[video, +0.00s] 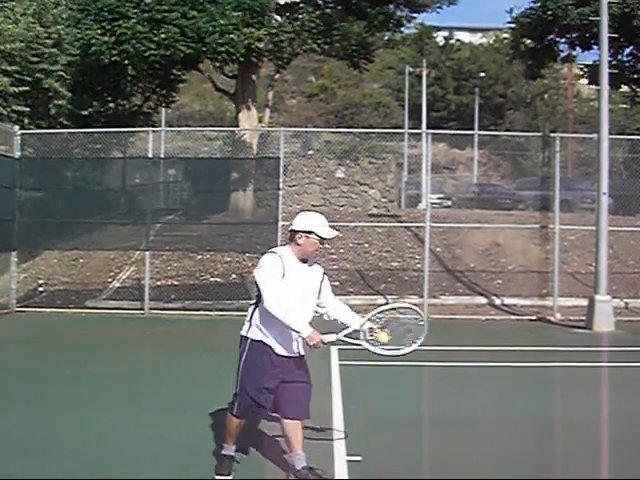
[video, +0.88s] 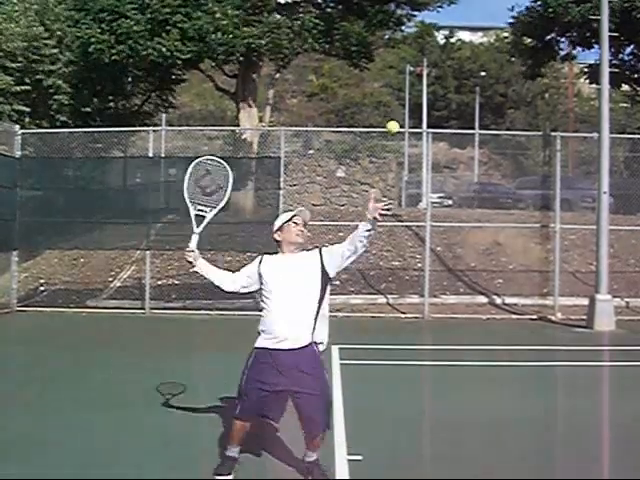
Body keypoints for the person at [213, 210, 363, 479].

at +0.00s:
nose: (321, 245)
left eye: (322, 240)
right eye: (318, 239)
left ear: (306, 240)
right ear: (299, 237)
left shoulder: (316, 273)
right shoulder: (272, 260)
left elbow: (329, 306)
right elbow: (271, 301)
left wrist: (363, 325)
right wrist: (305, 330)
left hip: (292, 348)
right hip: (261, 343)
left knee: (293, 407)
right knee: (245, 403)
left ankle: (299, 466)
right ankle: (227, 453)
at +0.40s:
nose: (289, 238)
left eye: (291, 232)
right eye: (283, 231)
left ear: (291, 236)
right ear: (264, 232)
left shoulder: (291, 272)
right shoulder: (240, 258)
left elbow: (304, 311)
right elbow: (235, 301)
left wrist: (323, 346)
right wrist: (255, 335)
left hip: (272, 348)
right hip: (236, 343)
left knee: (285, 404)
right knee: (231, 403)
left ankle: (299, 465)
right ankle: (224, 458)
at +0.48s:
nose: (286, 236)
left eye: (289, 231)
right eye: (280, 229)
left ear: (292, 236)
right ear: (262, 231)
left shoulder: (291, 274)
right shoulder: (238, 257)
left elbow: (299, 316)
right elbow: (223, 296)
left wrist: (309, 354)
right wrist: (225, 334)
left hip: (272, 349)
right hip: (236, 345)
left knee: (290, 403)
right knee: (229, 404)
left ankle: (299, 463)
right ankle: (224, 459)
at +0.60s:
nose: (286, 233)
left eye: (289, 230)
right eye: (280, 227)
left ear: (291, 236)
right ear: (263, 229)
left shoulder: (293, 271)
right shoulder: (238, 255)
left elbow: (306, 309)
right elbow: (211, 286)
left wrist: (322, 340)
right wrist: (190, 316)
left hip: (276, 351)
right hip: (238, 347)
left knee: (294, 407)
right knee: (230, 406)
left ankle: (303, 463)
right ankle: (225, 458)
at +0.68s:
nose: (288, 232)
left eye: (292, 228)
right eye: (282, 226)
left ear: (294, 235)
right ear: (265, 229)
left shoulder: (299, 269)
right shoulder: (242, 256)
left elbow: (321, 294)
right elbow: (208, 280)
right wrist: (175, 300)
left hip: (281, 352)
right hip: (242, 347)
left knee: (299, 411)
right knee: (232, 408)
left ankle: (307, 462)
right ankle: (225, 459)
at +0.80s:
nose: (296, 229)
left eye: (298, 226)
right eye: (289, 225)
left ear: (300, 235)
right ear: (272, 233)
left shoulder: (313, 261)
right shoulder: (254, 261)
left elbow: (344, 254)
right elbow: (216, 277)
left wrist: (366, 232)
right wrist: (177, 268)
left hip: (292, 353)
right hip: (252, 351)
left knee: (306, 413)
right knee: (237, 407)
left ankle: (311, 463)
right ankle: (226, 460)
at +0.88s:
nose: (302, 229)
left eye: (303, 226)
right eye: (295, 224)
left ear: (304, 235)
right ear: (278, 234)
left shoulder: (322, 258)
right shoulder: (264, 264)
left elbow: (352, 246)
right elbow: (233, 282)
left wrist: (369, 220)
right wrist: (199, 262)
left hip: (306, 351)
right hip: (267, 351)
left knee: (316, 419)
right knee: (245, 410)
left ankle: (310, 462)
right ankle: (228, 463)